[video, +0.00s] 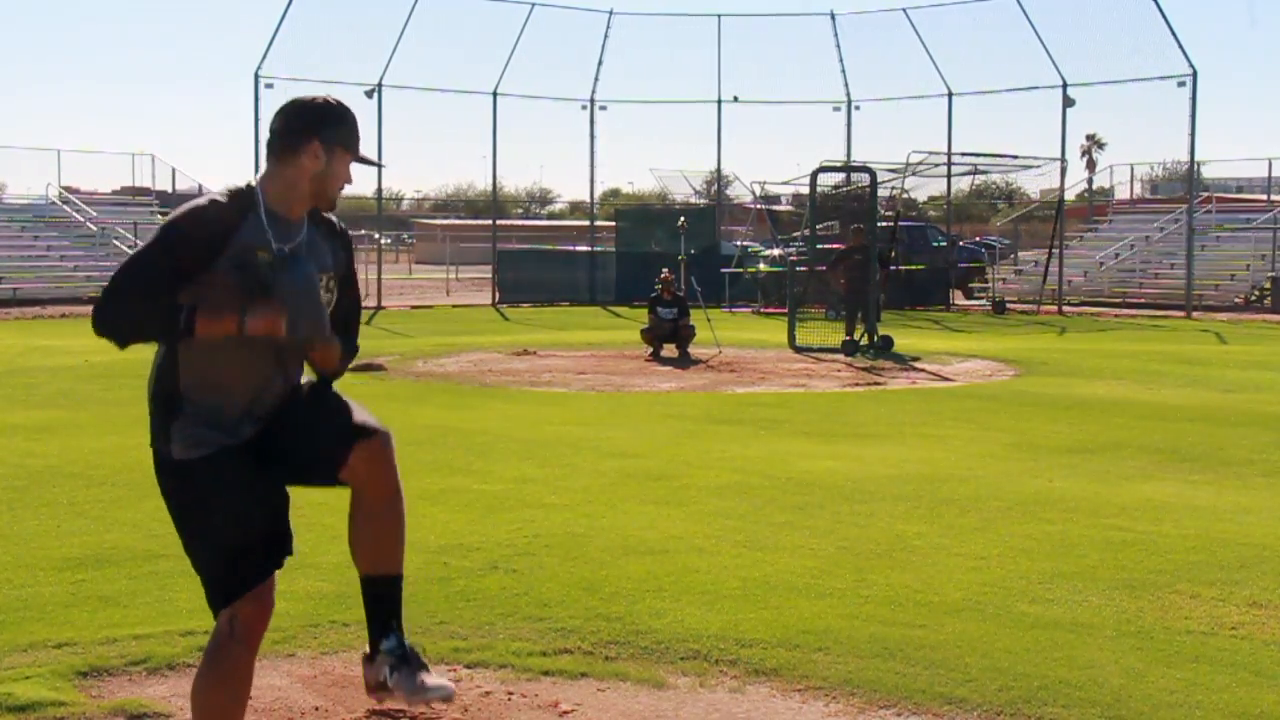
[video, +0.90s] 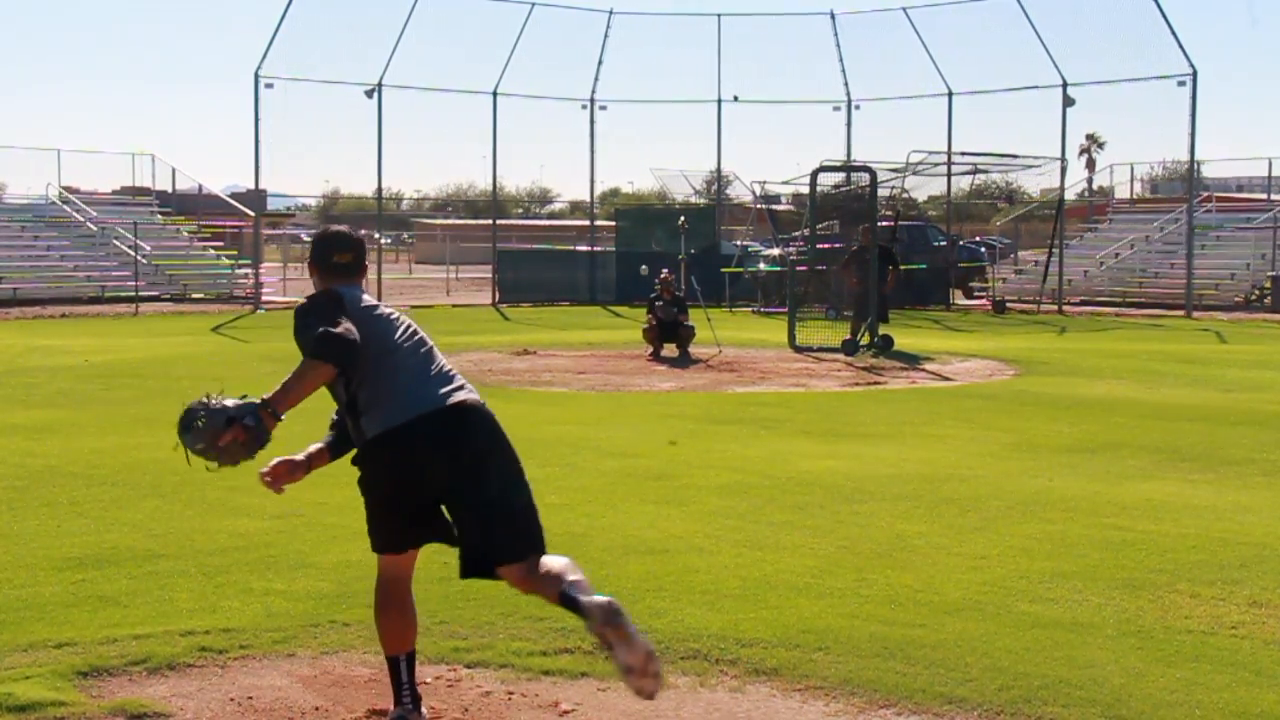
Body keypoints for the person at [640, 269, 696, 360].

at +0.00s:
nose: (667, 286)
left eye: (670, 283)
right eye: (664, 284)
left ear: (673, 285)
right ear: (661, 285)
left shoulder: (680, 299)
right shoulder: (654, 299)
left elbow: (685, 319)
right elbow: (651, 318)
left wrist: (674, 325)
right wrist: (663, 325)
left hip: (676, 328)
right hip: (660, 329)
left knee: (689, 329)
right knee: (645, 333)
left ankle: (682, 349)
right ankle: (656, 347)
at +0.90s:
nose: (667, 286)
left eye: (669, 283)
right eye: (664, 284)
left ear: (673, 284)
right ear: (660, 285)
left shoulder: (679, 299)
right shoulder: (654, 299)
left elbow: (685, 317)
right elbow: (649, 314)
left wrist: (675, 317)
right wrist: (652, 320)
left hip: (675, 325)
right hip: (660, 325)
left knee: (688, 330)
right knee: (648, 331)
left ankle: (683, 349)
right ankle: (656, 348)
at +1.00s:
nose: (664, 288)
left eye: (666, 285)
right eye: (661, 285)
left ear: (670, 286)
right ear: (658, 286)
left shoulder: (676, 299)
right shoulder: (653, 300)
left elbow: (682, 313)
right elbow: (649, 316)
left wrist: (672, 312)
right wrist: (648, 322)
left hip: (675, 324)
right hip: (660, 324)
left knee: (689, 330)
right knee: (649, 330)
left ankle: (683, 349)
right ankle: (656, 348)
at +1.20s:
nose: (658, 294)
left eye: (660, 291)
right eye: (655, 292)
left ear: (665, 291)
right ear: (651, 293)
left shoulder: (673, 302)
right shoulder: (651, 305)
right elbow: (651, 319)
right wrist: (653, 323)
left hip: (674, 330)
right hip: (660, 330)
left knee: (689, 329)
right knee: (651, 331)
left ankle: (684, 350)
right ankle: (656, 349)